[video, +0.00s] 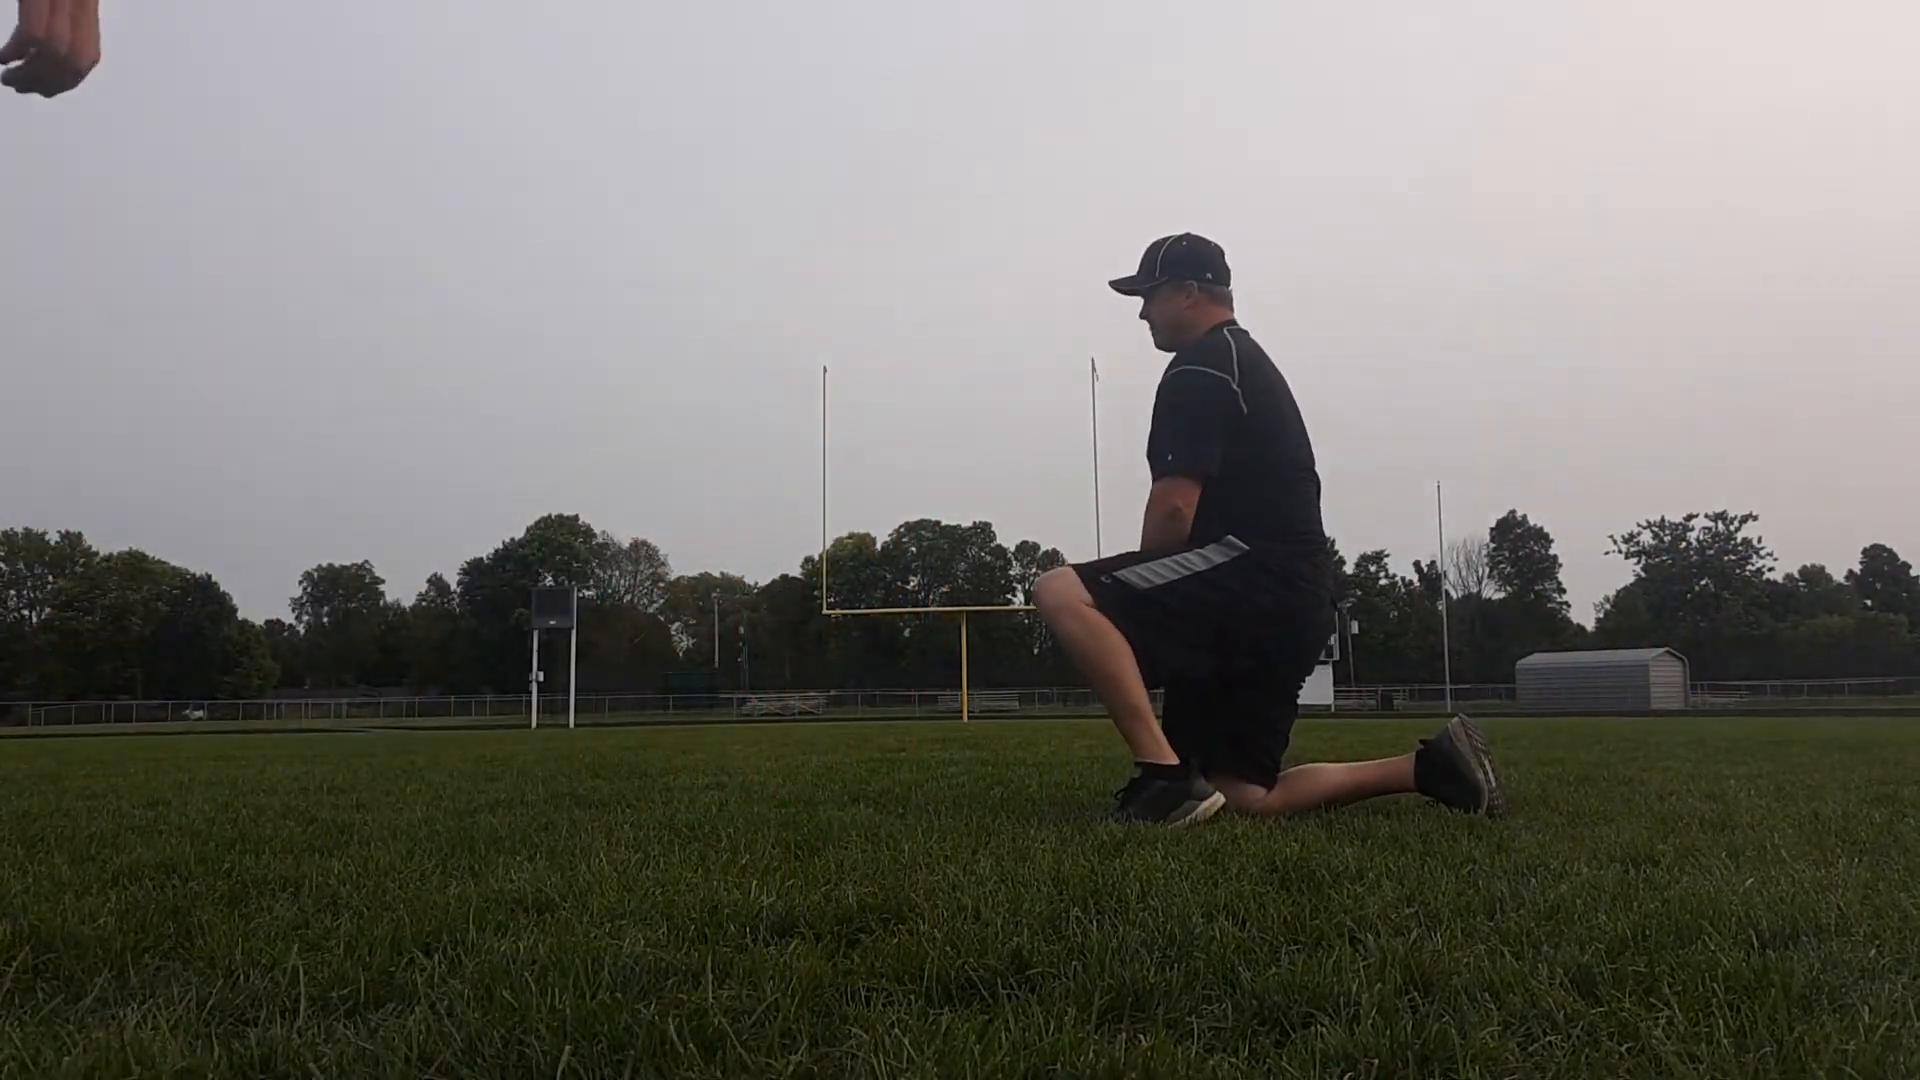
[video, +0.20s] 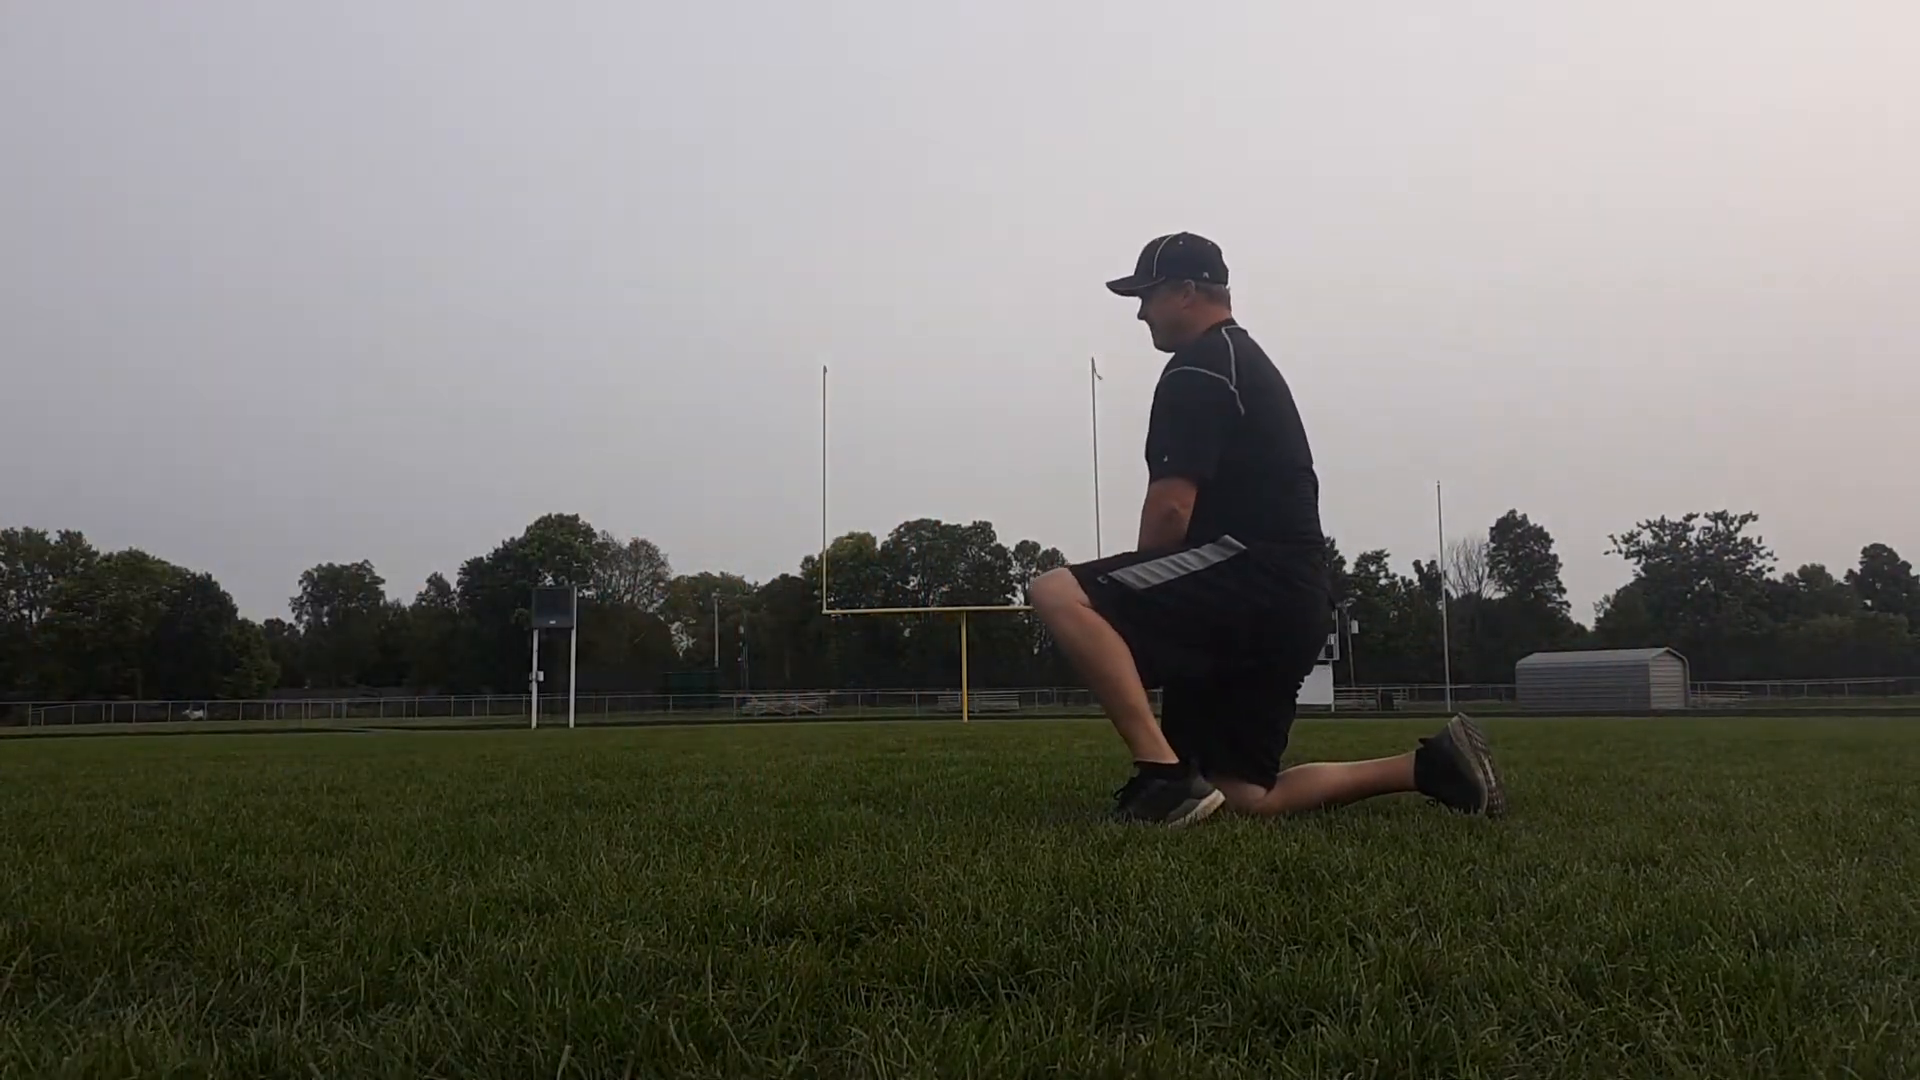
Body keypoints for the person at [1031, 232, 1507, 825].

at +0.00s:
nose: (1141, 311)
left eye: (1148, 296)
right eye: (1141, 298)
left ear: (1188, 295)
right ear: (1202, 296)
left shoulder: (1201, 363)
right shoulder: (1249, 362)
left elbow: (1173, 506)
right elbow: (1248, 505)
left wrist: (1146, 600)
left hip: (1254, 570)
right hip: (1299, 591)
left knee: (1062, 591)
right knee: (1234, 793)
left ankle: (1163, 775)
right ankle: (1426, 769)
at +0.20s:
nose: (1139, 310)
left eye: (1147, 294)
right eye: (1139, 297)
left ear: (1187, 293)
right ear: (1200, 295)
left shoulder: (1199, 363)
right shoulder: (1248, 361)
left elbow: (1170, 507)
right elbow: (1246, 507)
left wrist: (1138, 600)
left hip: (1249, 570)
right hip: (1295, 591)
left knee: (1058, 593)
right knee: (1234, 793)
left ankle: (1163, 774)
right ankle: (1425, 768)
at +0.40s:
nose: (1137, 312)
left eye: (1143, 297)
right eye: (1136, 300)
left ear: (1183, 294)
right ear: (1199, 295)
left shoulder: (1198, 363)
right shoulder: (1247, 361)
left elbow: (1167, 508)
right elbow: (1243, 508)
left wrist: (1137, 603)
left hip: (1248, 571)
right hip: (1295, 592)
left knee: (1056, 593)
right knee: (1234, 794)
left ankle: (1163, 775)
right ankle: (1426, 768)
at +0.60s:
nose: (1137, 315)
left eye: (1142, 299)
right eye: (1135, 302)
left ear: (1181, 293)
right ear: (1198, 294)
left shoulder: (1197, 365)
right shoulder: (1247, 362)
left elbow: (1166, 510)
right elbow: (1242, 510)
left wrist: (1137, 605)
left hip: (1249, 572)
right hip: (1295, 593)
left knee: (1056, 594)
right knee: (1236, 794)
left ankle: (1163, 776)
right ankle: (1426, 768)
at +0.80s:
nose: (1137, 315)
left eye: (1142, 300)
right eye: (1135, 303)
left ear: (1180, 293)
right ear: (1199, 293)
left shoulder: (1198, 362)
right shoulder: (1248, 361)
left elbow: (1166, 509)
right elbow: (1243, 509)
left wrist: (1138, 604)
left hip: (1248, 573)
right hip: (1294, 595)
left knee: (1056, 594)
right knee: (1236, 794)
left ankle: (1163, 775)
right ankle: (1425, 769)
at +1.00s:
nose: (1136, 318)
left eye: (1141, 301)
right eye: (1134, 304)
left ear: (1180, 294)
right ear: (1198, 294)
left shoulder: (1196, 365)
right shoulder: (1248, 362)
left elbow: (1166, 509)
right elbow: (1238, 510)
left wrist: (1135, 607)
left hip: (1248, 573)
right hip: (1294, 596)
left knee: (1055, 594)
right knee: (1237, 793)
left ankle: (1163, 775)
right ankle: (1426, 769)